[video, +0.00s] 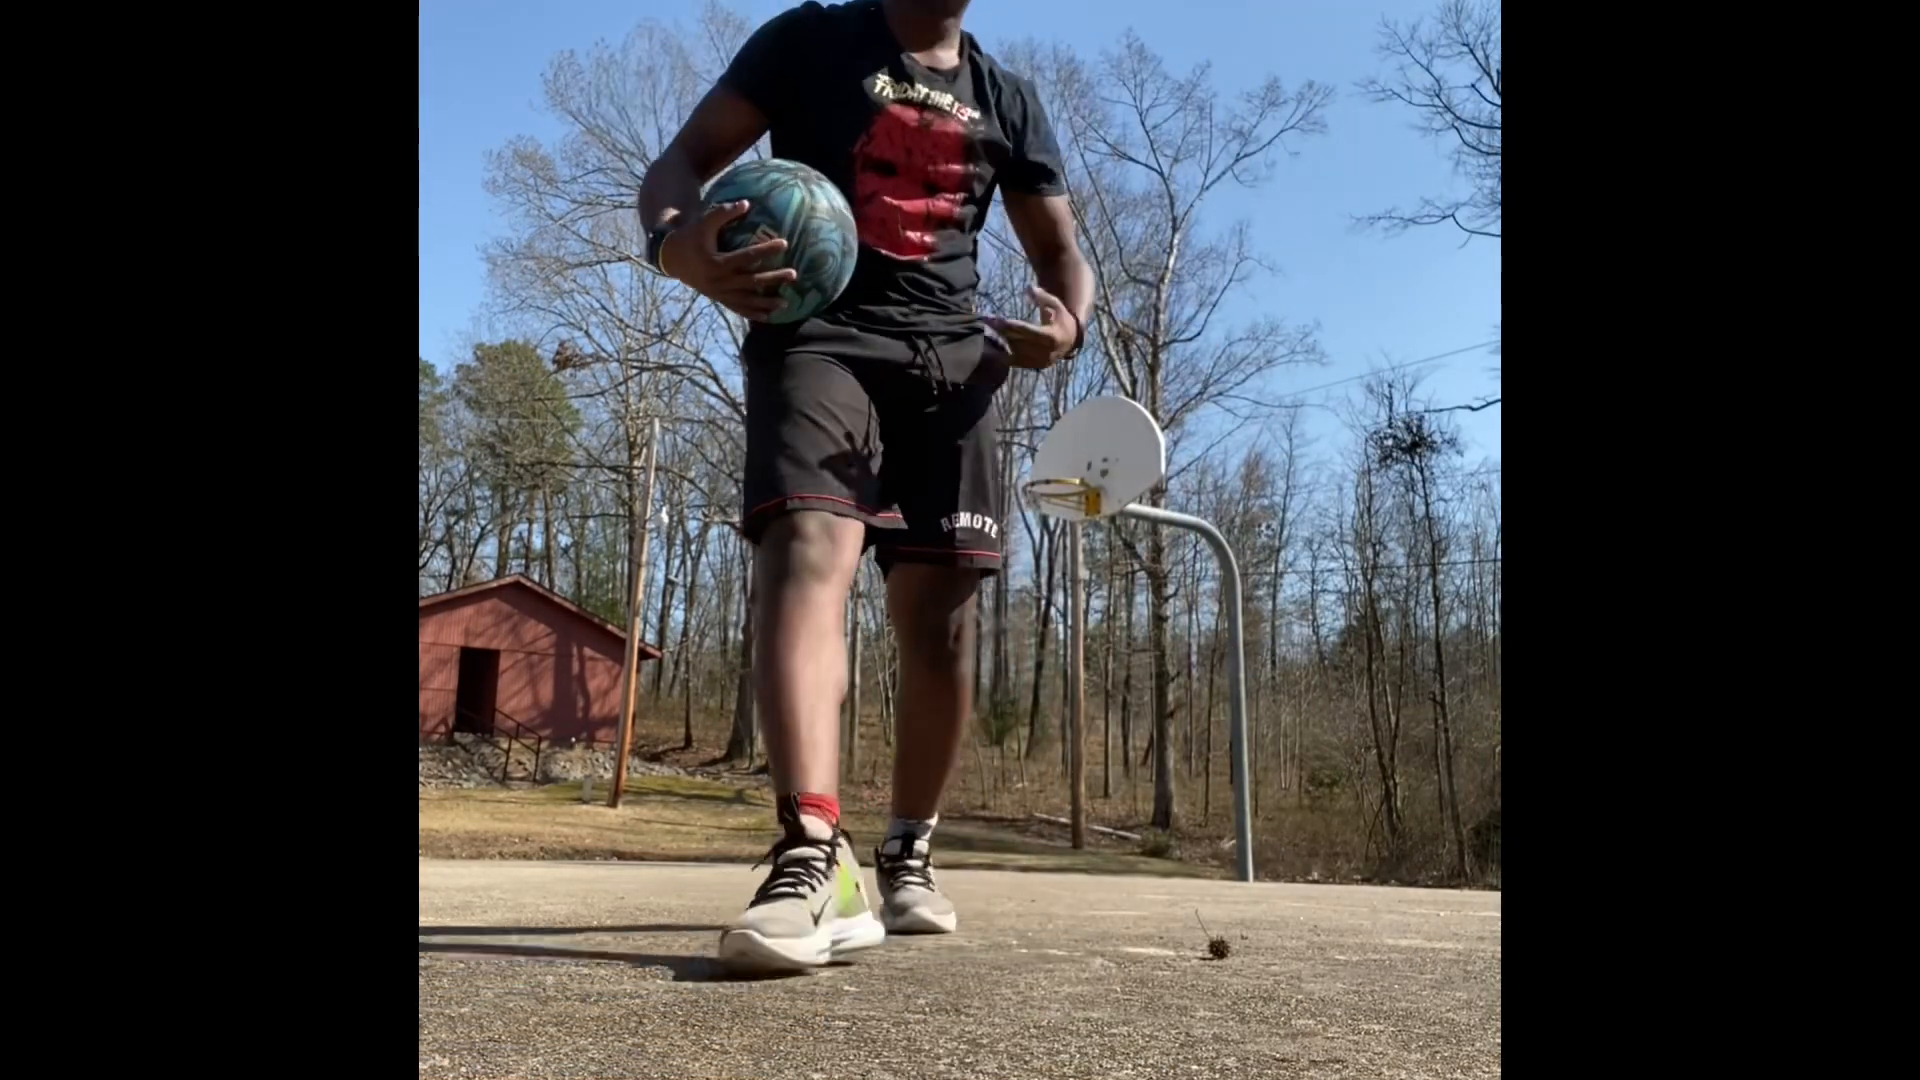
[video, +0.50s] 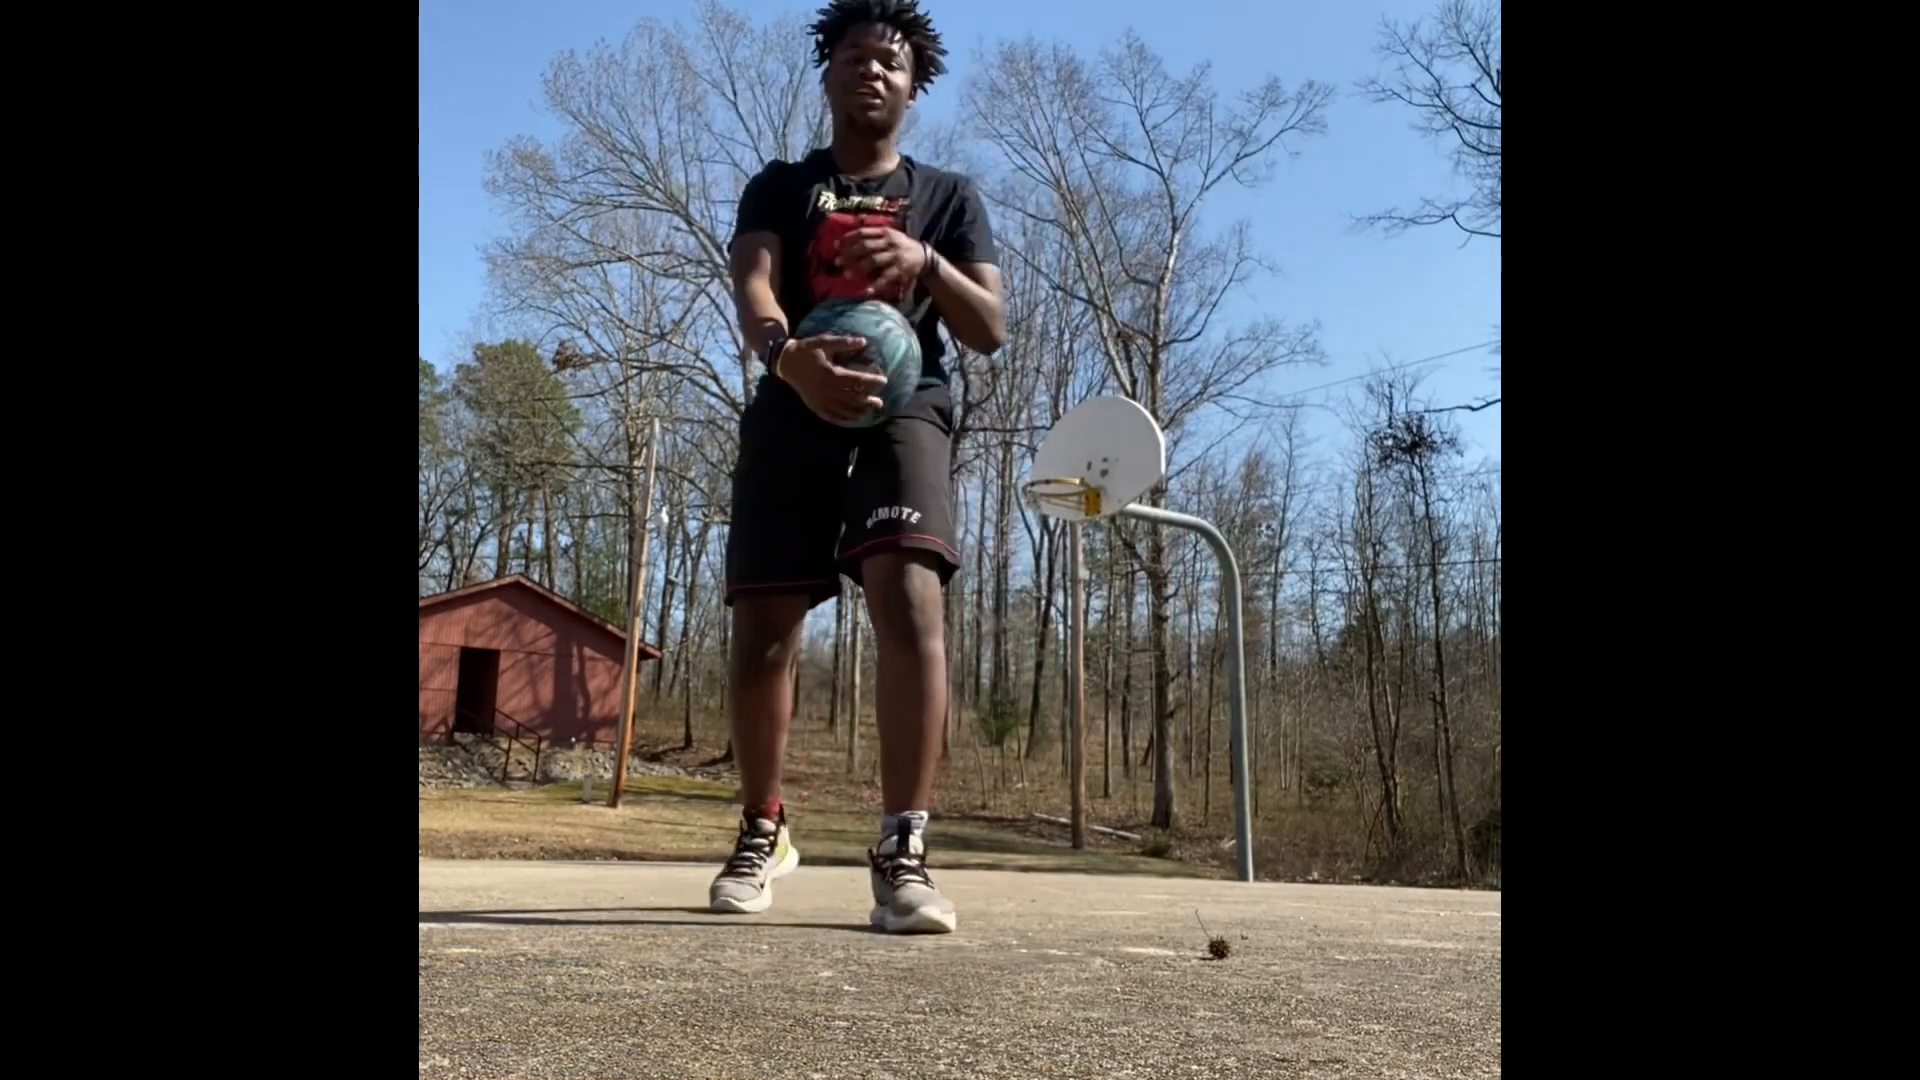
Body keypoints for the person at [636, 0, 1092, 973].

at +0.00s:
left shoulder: (1005, 95)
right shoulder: (804, 42)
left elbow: (1062, 259)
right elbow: (677, 169)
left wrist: (1065, 321)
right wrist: (674, 243)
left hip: (952, 347)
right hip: (817, 333)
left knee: (941, 613)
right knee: (808, 542)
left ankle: (909, 857)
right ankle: (811, 852)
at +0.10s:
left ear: (994, 1)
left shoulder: (1011, 124)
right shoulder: (818, 59)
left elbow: (1050, 275)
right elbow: (704, 181)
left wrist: (1115, 306)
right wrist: (655, 264)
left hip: (940, 352)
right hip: (811, 341)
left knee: (934, 613)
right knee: (805, 551)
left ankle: (909, 861)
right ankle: (795, 855)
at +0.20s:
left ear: (990, 5)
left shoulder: (1004, 121)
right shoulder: (820, 69)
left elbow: (1052, 281)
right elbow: (726, 197)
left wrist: (1062, 310)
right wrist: (675, 279)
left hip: (936, 357)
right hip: (811, 343)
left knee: (925, 597)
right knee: (794, 557)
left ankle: (904, 856)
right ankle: (788, 848)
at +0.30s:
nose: (935, 8)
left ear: (974, 18)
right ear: (883, 9)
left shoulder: (1003, 163)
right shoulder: (813, 111)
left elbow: (1023, 304)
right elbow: (730, 244)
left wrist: (976, 318)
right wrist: (707, 308)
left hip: (931, 379)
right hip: (806, 370)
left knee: (927, 605)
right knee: (781, 603)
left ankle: (903, 857)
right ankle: (763, 841)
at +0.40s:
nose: (910, 34)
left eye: (928, 23)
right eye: (891, 18)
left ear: (950, 46)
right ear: (859, 33)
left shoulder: (976, 180)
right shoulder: (799, 144)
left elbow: (979, 331)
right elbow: (753, 255)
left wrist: (937, 289)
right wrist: (744, 325)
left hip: (920, 402)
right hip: (798, 396)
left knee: (928, 603)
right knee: (772, 613)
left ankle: (906, 854)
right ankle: (758, 816)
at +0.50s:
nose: (873, 73)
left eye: (891, 63)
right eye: (858, 59)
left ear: (914, 90)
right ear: (826, 77)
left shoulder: (948, 196)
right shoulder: (778, 187)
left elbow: (988, 330)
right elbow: (753, 287)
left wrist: (928, 265)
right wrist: (786, 357)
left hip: (904, 414)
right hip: (788, 410)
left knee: (912, 600)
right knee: (763, 632)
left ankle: (903, 853)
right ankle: (762, 834)